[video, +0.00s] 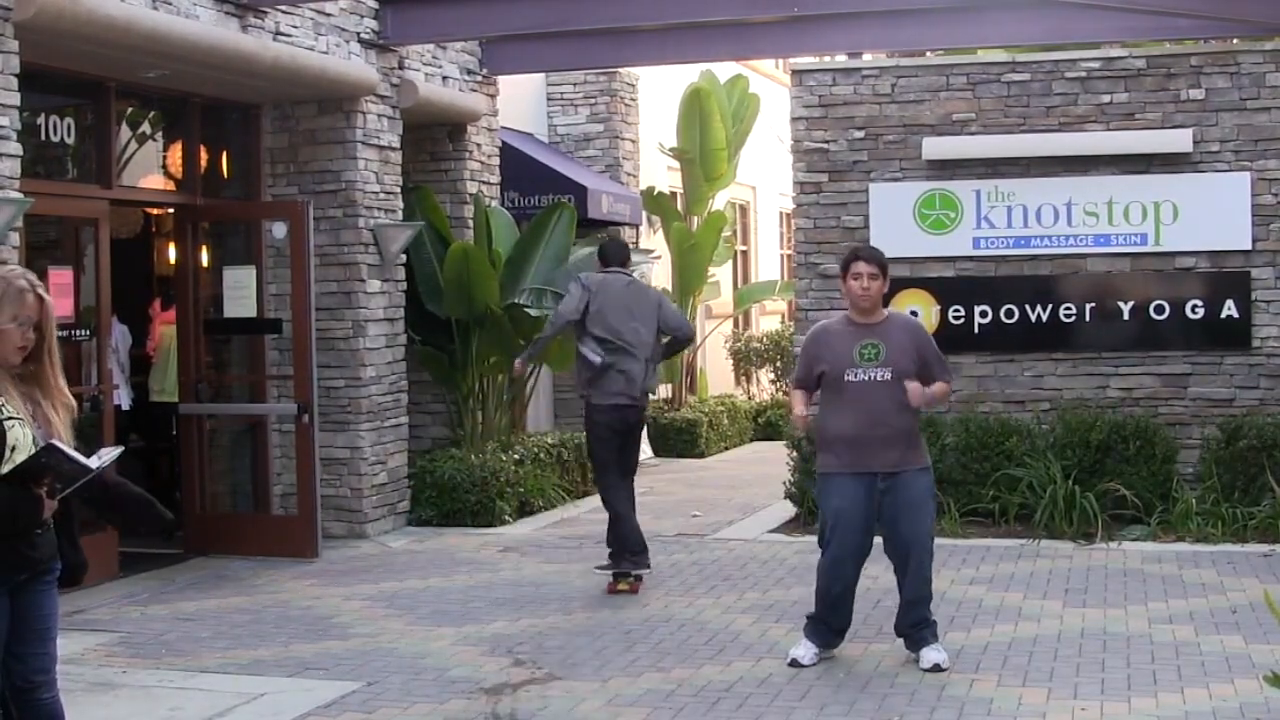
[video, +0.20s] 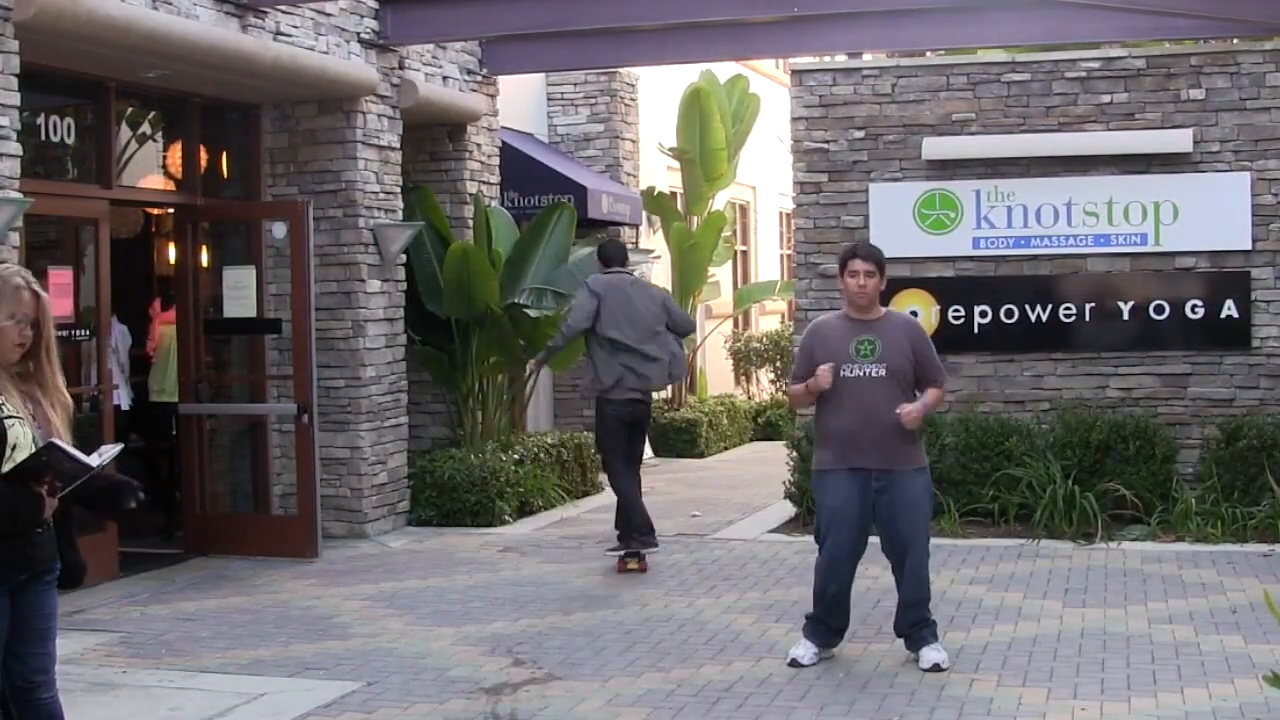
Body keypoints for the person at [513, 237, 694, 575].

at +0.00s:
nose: (597, 266)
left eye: (597, 260)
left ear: (599, 262)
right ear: (628, 263)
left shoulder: (589, 284)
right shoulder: (650, 294)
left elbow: (563, 318)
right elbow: (685, 333)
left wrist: (527, 356)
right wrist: (654, 356)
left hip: (601, 402)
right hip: (636, 404)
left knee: (609, 480)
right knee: (623, 479)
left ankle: (635, 557)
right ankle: (621, 558)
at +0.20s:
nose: (597, 265)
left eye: (598, 261)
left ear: (600, 263)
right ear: (627, 262)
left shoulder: (595, 286)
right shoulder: (651, 291)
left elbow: (575, 325)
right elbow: (686, 325)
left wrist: (544, 356)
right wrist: (655, 322)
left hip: (611, 397)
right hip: (642, 398)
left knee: (617, 468)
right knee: (630, 468)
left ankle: (643, 536)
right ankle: (627, 538)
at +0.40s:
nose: (601, 267)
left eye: (602, 262)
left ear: (604, 264)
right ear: (629, 262)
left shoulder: (602, 288)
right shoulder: (651, 290)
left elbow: (593, 327)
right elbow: (687, 316)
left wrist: (565, 353)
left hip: (618, 387)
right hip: (645, 387)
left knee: (618, 454)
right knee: (632, 454)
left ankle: (641, 521)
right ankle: (627, 518)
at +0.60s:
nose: (616, 271)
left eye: (616, 266)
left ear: (617, 267)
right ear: (640, 267)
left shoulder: (617, 286)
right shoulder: (659, 294)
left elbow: (602, 319)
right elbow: (684, 330)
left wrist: (569, 343)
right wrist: (659, 346)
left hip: (619, 383)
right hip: (644, 386)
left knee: (618, 446)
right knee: (629, 448)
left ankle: (630, 512)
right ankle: (623, 507)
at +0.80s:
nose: (630, 267)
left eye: (630, 263)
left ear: (629, 265)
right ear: (652, 265)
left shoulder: (626, 284)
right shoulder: (665, 291)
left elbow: (613, 317)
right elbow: (687, 325)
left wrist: (594, 337)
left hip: (625, 376)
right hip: (649, 378)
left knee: (624, 436)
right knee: (637, 437)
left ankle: (635, 498)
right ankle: (631, 494)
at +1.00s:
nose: (643, 268)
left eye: (643, 263)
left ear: (643, 265)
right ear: (664, 266)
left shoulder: (636, 289)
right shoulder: (677, 293)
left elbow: (625, 324)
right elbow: (686, 330)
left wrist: (613, 352)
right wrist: (676, 349)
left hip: (639, 369)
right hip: (665, 371)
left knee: (637, 428)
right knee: (650, 428)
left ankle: (644, 488)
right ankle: (642, 484)